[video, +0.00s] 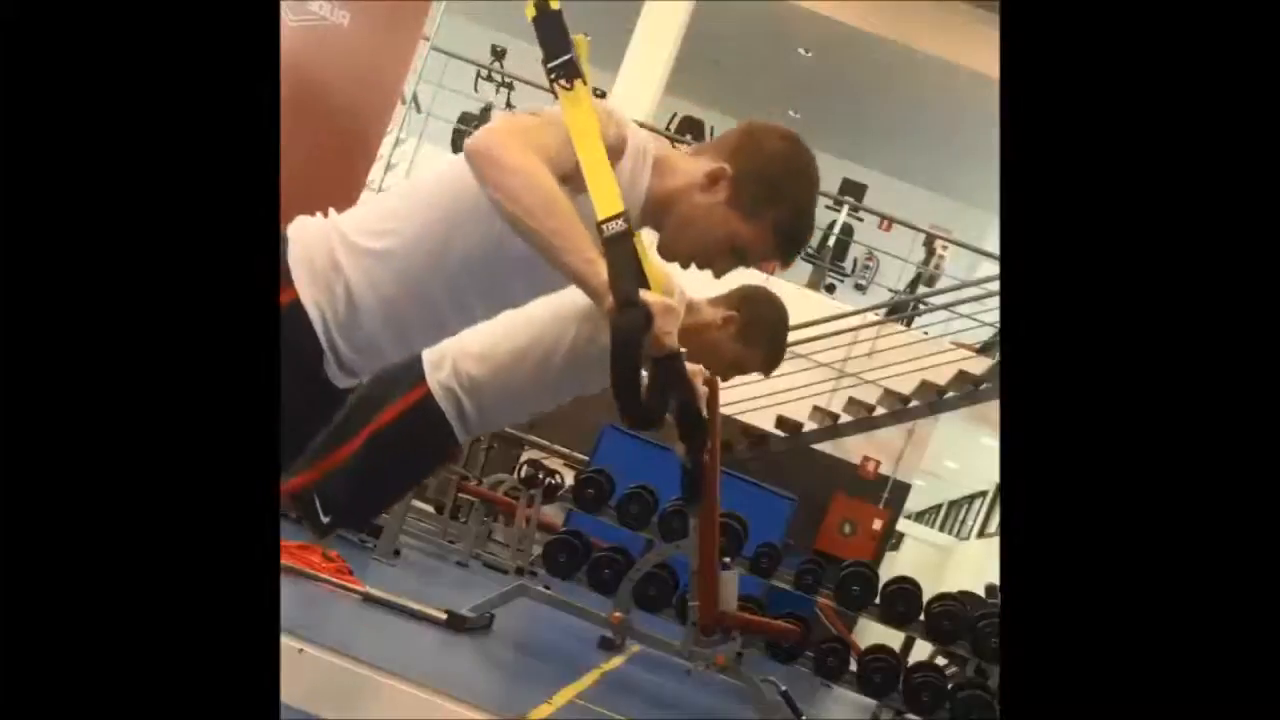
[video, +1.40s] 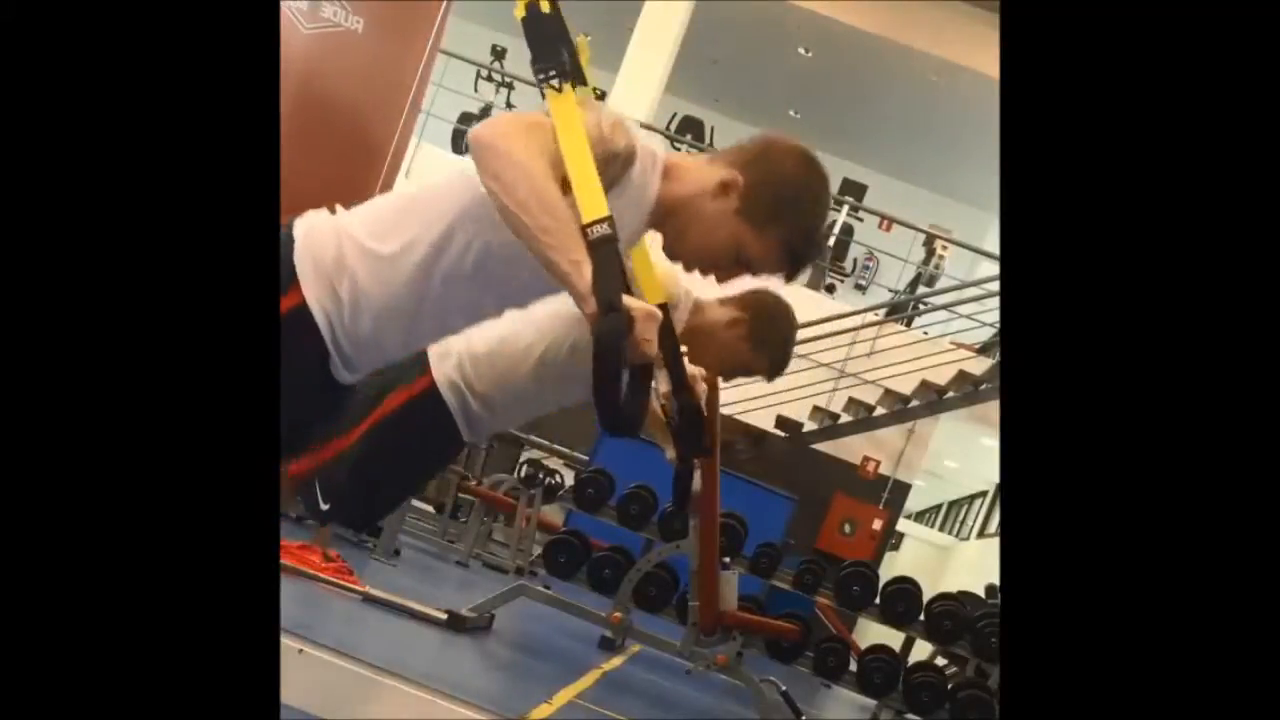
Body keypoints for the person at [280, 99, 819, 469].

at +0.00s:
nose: (719, 271)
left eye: (738, 264)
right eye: (736, 252)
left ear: (718, 177)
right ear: (720, 182)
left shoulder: (640, 242)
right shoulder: (611, 133)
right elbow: (496, 148)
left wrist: (670, 373)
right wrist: (610, 289)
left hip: (339, 371)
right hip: (299, 306)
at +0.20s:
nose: (740, 322)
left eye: (761, 317)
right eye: (758, 304)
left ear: (742, 238)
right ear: (742, 239)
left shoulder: (657, 280)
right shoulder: (634, 187)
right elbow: (497, 158)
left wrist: (658, 388)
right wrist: (612, 308)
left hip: (352, 408)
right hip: (313, 343)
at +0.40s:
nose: (754, 397)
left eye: (775, 396)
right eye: (774, 383)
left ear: (762, 313)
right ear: (764, 316)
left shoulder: (674, 344)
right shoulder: (660, 254)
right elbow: (514, 177)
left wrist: (659, 403)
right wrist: (627, 317)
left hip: (362, 444)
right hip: (329, 390)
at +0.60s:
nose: (754, 460)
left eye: (777, 459)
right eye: (775, 439)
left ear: (776, 363)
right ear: (775, 363)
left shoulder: (693, 411)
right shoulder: (672, 290)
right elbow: (529, 178)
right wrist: (615, 296)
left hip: (370, 468)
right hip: (340, 419)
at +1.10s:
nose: (744, 392)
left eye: (766, 391)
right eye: (763, 377)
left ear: (756, 305)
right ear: (758, 308)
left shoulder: (668, 350)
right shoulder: (658, 246)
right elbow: (522, 163)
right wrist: (625, 308)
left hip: (352, 433)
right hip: (320, 374)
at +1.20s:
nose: (731, 354)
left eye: (752, 354)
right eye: (750, 338)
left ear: (748, 258)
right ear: (748, 263)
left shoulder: (660, 305)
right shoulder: (647, 211)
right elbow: (511, 152)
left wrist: (666, 393)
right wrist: (612, 307)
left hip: (349, 414)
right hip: (311, 345)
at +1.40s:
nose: (721, 278)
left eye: (741, 274)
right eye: (738, 261)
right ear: (729, 191)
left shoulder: (633, 233)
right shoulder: (615, 140)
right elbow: (500, 139)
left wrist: (656, 372)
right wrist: (597, 289)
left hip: (345, 361)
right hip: (307, 300)